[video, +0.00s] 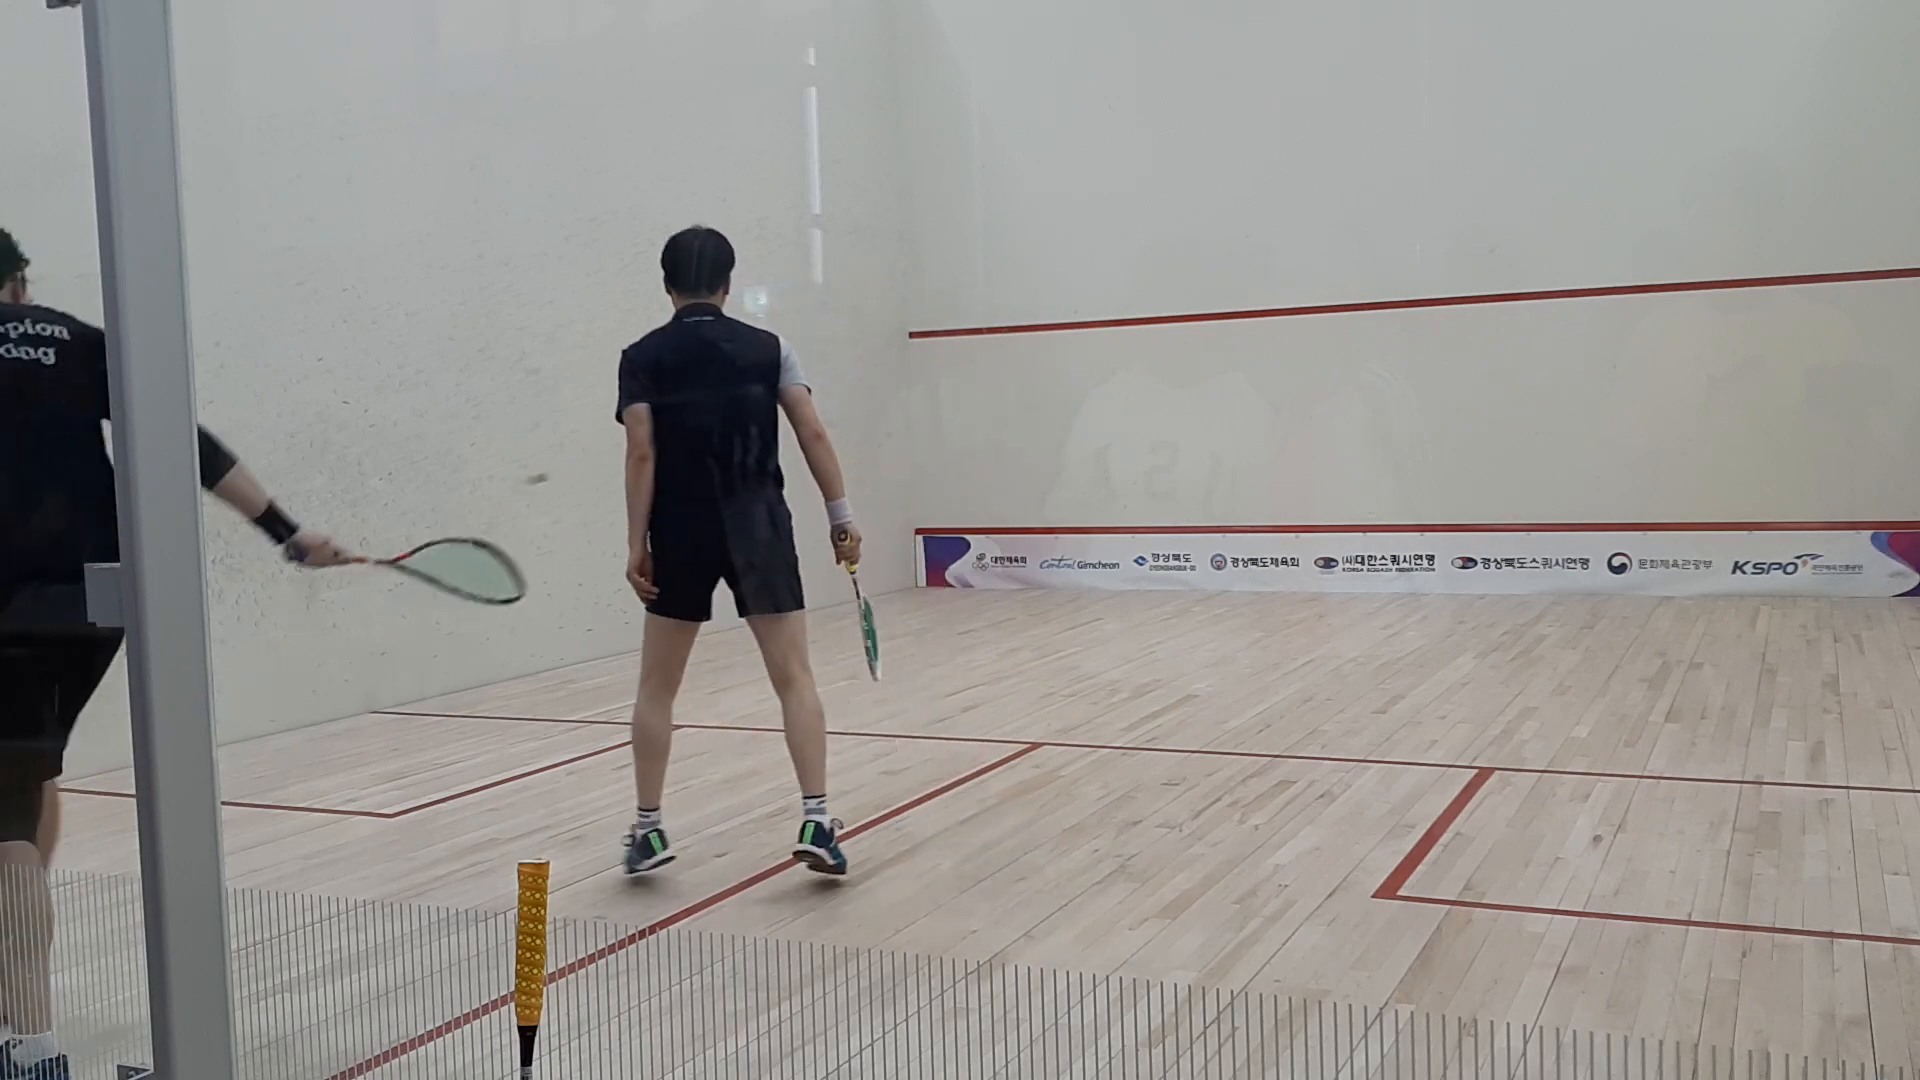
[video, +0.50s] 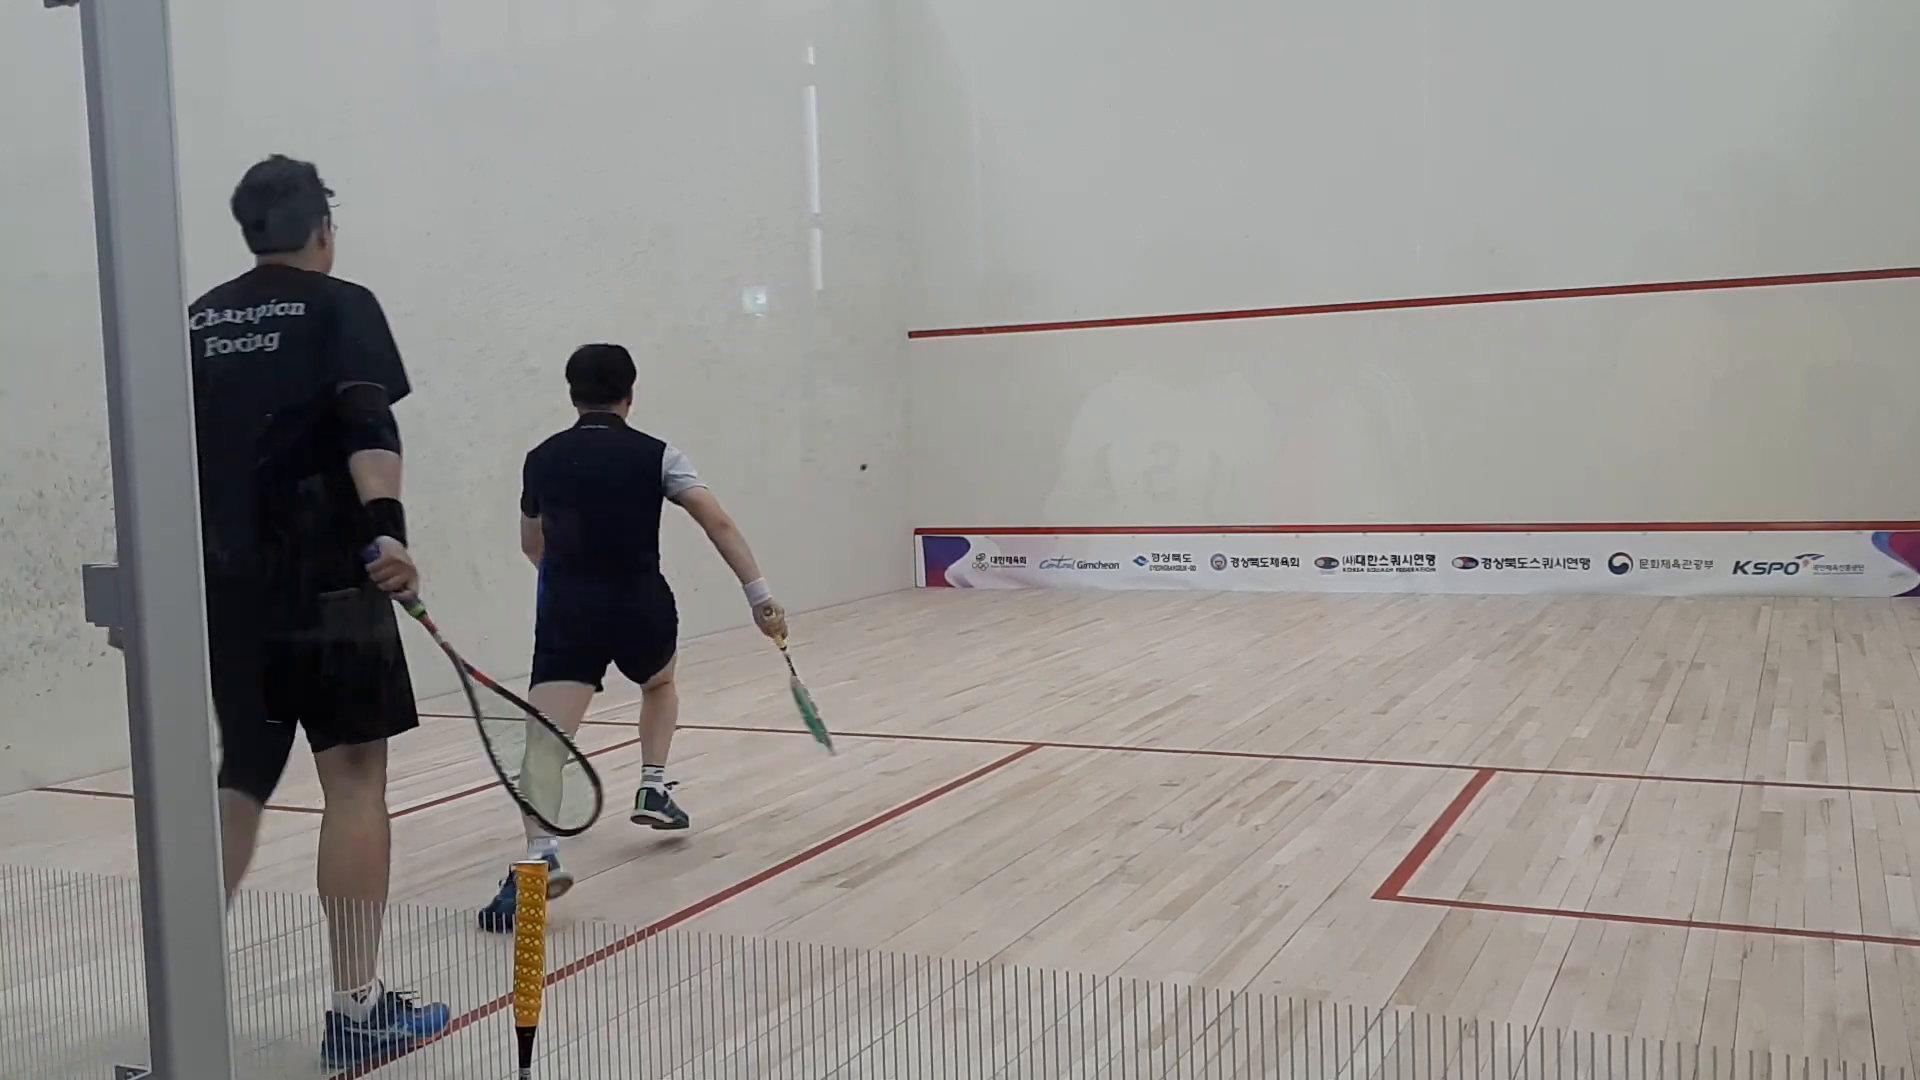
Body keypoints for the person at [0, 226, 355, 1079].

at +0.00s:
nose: (21, 289)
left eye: (17, 278)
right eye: (21, 279)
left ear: (1, 284)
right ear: (21, 280)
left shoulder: (57, 342)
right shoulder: (71, 343)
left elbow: (185, 439)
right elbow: (187, 440)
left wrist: (284, 527)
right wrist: (288, 530)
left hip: (28, 604)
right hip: (83, 601)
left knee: (22, 778)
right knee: (33, 772)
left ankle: (26, 1032)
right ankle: (26, 1027)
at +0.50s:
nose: (335, 235)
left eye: (327, 222)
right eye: (332, 222)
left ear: (249, 235)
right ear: (321, 229)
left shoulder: (194, 318)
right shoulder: (343, 307)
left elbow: (163, 454)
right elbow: (367, 429)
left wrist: (151, 580)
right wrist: (389, 534)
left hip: (226, 598)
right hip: (330, 592)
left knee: (242, 774)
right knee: (354, 781)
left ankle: (180, 982)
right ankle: (356, 1008)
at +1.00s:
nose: (486, 226)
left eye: (476, 214)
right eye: (484, 215)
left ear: (413, 227)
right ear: (477, 221)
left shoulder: (376, 314)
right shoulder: (506, 297)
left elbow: (367, 450)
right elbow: (538, 424)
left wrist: (390, 541)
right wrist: (593, 514)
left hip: (425, 549)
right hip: (518, 539)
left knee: (433, 707)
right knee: (561, 682)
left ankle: (423, 893)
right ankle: (531, 853)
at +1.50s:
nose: (627, 318)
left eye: (621, 310)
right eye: (626, 310)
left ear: (566, 319)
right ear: (620, 316)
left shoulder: (518, 383)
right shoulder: (639, 388)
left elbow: (474, 480)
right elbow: (681, 489)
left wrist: (458, 562)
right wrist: (744, 537)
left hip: (538, 571)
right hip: (618, 567)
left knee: (556, 669)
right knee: (732, 637)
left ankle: (512, 789)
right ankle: (727, 786)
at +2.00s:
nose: (711, 273)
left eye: (705, 262)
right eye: (707, 264)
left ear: (647, 282)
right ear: (701, 277)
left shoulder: (631, 347)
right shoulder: (689, 359)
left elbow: (677, 414)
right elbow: (756, 408)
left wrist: (733, 384)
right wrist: (812, 329)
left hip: (656, 548)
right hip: (722, 542)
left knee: (711, 669)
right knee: (800, 648)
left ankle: (660, 780)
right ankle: (801, 799)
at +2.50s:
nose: (602, 193)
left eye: (591, 185)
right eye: (596, 185)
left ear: (531, 219)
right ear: (593, 195)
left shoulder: (530, 298)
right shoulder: (649, 263)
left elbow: (616, 297)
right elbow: (751, 272)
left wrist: (647, 226)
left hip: (619, 509)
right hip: (704, 482)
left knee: (623, 673)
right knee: (852, 557)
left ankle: (562, 847)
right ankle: (985, 673)